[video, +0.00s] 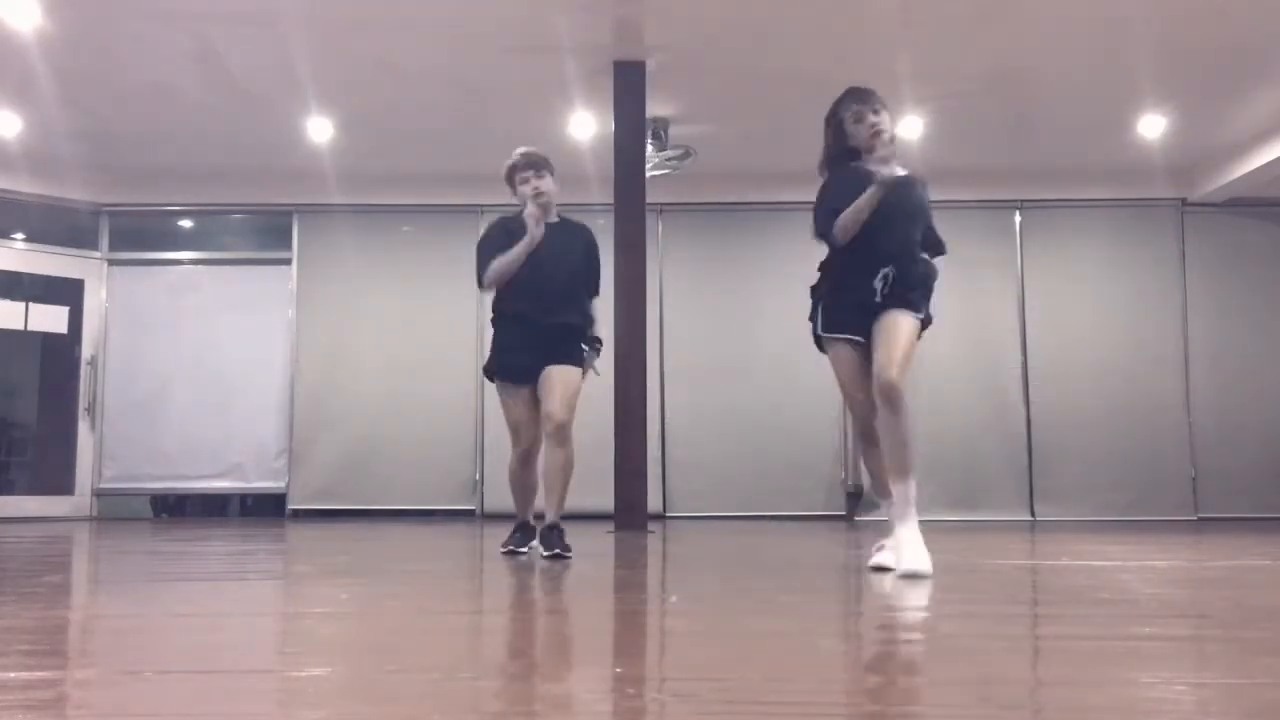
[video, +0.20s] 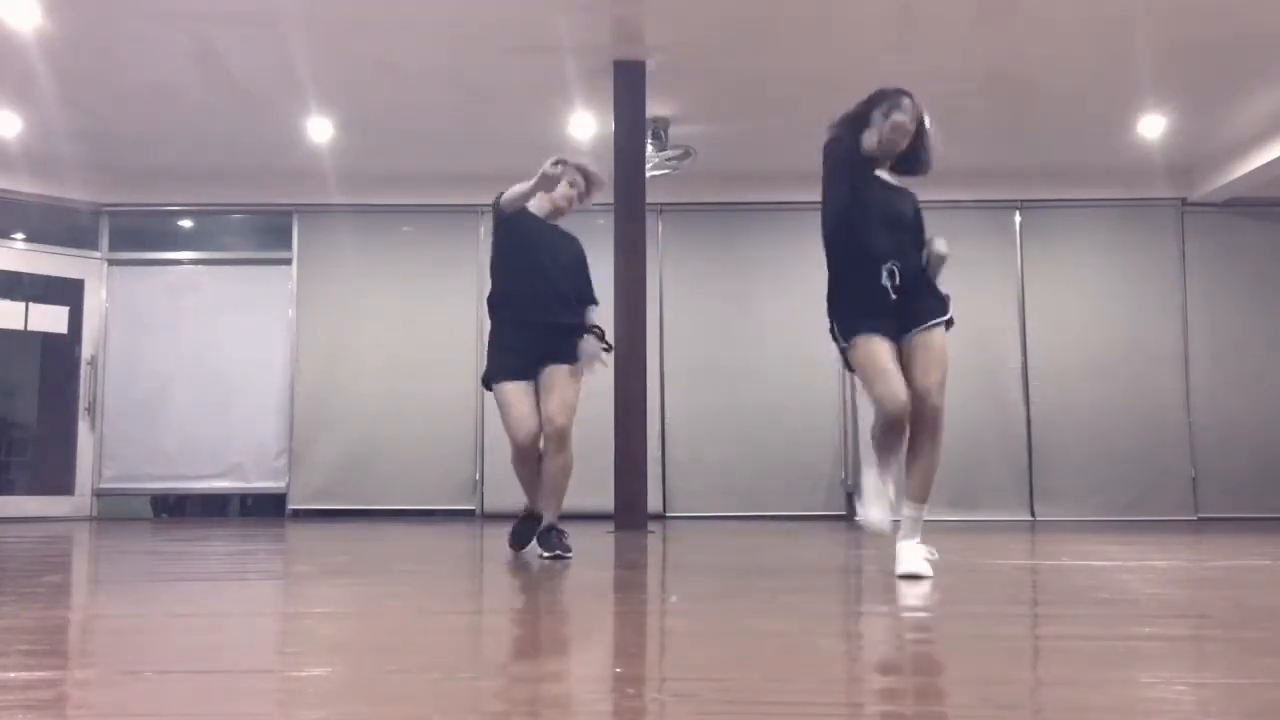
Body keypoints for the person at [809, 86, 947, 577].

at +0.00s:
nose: (872, 122)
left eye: (877, 113)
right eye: (859, 119)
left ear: (891, 120)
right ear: (843, 134)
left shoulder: (911, 182)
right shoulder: (840, 180)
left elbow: (927, 241)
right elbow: (835, 233)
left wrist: (926, 262)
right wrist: (877, 187)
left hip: (901, 286)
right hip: (844, 294)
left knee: (888, 383)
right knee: (863, 415)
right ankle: (898, 530)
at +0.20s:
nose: (893, 139)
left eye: (903, 134)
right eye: (888, 128)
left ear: (910, 143)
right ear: (870, 121)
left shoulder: (905, 197)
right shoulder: (841, 168)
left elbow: (912, 273)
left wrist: (932, 261)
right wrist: (912, 122)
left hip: (918, 304)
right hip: (861, 307)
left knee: (930, 406)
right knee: (895, 403)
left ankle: (910, 537)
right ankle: (881, 475)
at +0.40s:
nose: (892, 78)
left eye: (902, 71)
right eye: (883, 68)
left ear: (914, 81)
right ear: (862, 74)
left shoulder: (922, 143)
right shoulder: (835, 133)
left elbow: (935, 225)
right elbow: (804, 206)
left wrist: (950, 177)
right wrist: (840, 148)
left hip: (908, 272)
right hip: (846, 267)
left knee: (951, 383)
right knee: (854, 352)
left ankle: (945, 520)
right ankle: (793, 446)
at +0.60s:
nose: (875, 101)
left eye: (887, 94)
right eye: (866, 91)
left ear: (900, 104)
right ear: (848, 100)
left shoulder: (917, 165)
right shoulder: (824, 165)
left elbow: (925, 234)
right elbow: (802, 236)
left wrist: (920, 277)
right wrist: (815, 273)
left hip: (898, 301)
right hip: (829, 299)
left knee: (943, 414)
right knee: (799, 416)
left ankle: (983, 543)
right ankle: (751, 539)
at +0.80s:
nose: (864, 111)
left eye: (874, 103)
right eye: (854, 103)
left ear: (887, 112)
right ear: (836, 114)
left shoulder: (909, 157)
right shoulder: (822, 187)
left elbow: (939, 233)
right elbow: (815, 254)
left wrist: (909, 297)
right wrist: (815, 239)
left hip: (881, 303)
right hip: (818, 297)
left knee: (942, 419)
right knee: (784, 413)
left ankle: (983, 544)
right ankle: (748, 538)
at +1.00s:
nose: (868, 98)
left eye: (878, 90)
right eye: (857, 91)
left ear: (890, 100)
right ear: (839, 100)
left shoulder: (912, 166)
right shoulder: (816, 163)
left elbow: (933, 235)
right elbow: (805, 243)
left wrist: (924, 264)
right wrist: (829, 296)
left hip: (915, 299)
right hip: (847, 302)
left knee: (954, 413)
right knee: (793, 412)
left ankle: (985, 543)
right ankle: (752, 540)